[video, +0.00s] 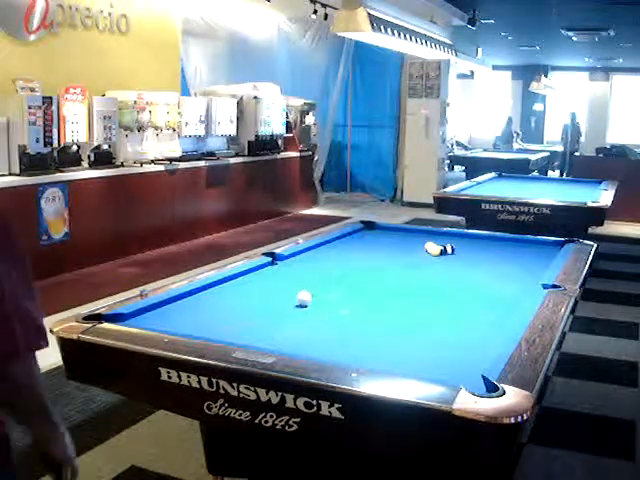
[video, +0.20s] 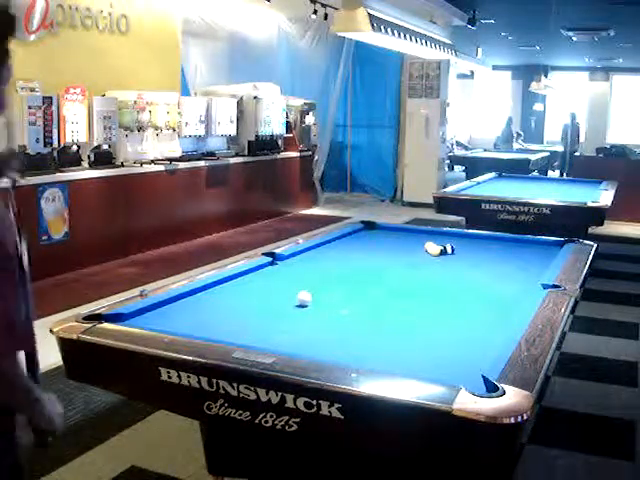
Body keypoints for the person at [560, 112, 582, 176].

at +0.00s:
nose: (572, 119)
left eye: (574, 117)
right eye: (571, 117)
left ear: (575, 117)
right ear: (570, 117)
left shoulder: (577, 126)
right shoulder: (566, 125)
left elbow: (579, 135)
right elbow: (563, 134)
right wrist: (563, 141)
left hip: (574, 146)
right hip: (566, 145)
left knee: (571, 159)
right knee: (563, 159)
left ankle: (569, 173)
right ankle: (561, 172)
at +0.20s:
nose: (572, 119)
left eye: (574, 118)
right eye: (571, 117)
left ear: (575, 118)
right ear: (570, 117)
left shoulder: (577, 126)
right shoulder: (566, 125)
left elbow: (578, 136)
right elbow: (563, 135)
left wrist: (577, 145)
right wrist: (563, 142)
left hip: (573, 146)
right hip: (566, 145)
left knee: (571, 160)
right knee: (564, 159)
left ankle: (569, 172)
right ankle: (561, 172)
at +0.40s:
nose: (572, 119)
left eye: (574, 118)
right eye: (571, 117)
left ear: (575, 118)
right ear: (570, 117)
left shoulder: (577, 126)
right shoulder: (566, 125)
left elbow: (578, 136)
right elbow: (563, 135)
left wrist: (577, 145)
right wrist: (563, 142)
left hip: (573, 146)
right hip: (566, 145)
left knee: (571, 160)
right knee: (564, 159)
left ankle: (569, 172)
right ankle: (561, 172)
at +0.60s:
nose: (571, 118)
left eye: (573, 117)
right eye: (570, 117)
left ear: (575, 117)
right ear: (569, 117)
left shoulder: (576, 125)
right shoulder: (565, 125)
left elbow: (578, 135)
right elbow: (563, 134)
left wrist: (577, 143)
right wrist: (562, 142)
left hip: (573, 146)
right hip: (566, 145)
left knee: (571, 160)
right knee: (563, 160)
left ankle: (570, 173)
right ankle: (562, 173)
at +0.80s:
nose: (571, 119)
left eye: (573, 117)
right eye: (570, 117)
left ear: (574, 117)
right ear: (568, 117)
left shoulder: (576, 126)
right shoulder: (565, 125)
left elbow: (578, 135)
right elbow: (563, 134)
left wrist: (577, 143)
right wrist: (562, 142)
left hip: (573, 145)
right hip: (566, 145)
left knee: (571, 159)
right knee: (563, 159)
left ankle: (570, 172)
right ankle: (562, 173)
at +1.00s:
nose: (571, 119)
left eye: (572, 117)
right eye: (570, 117)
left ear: (574, 117)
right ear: (568, 117)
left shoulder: (576, 126)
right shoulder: (565, 125)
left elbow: (578, 135)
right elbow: (563, 134)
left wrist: (577, 143)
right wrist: (562, 142)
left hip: (573, 145)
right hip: (566, 145)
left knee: (571, 160)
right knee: (563, 160)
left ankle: (570, 173)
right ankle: (562, 173)